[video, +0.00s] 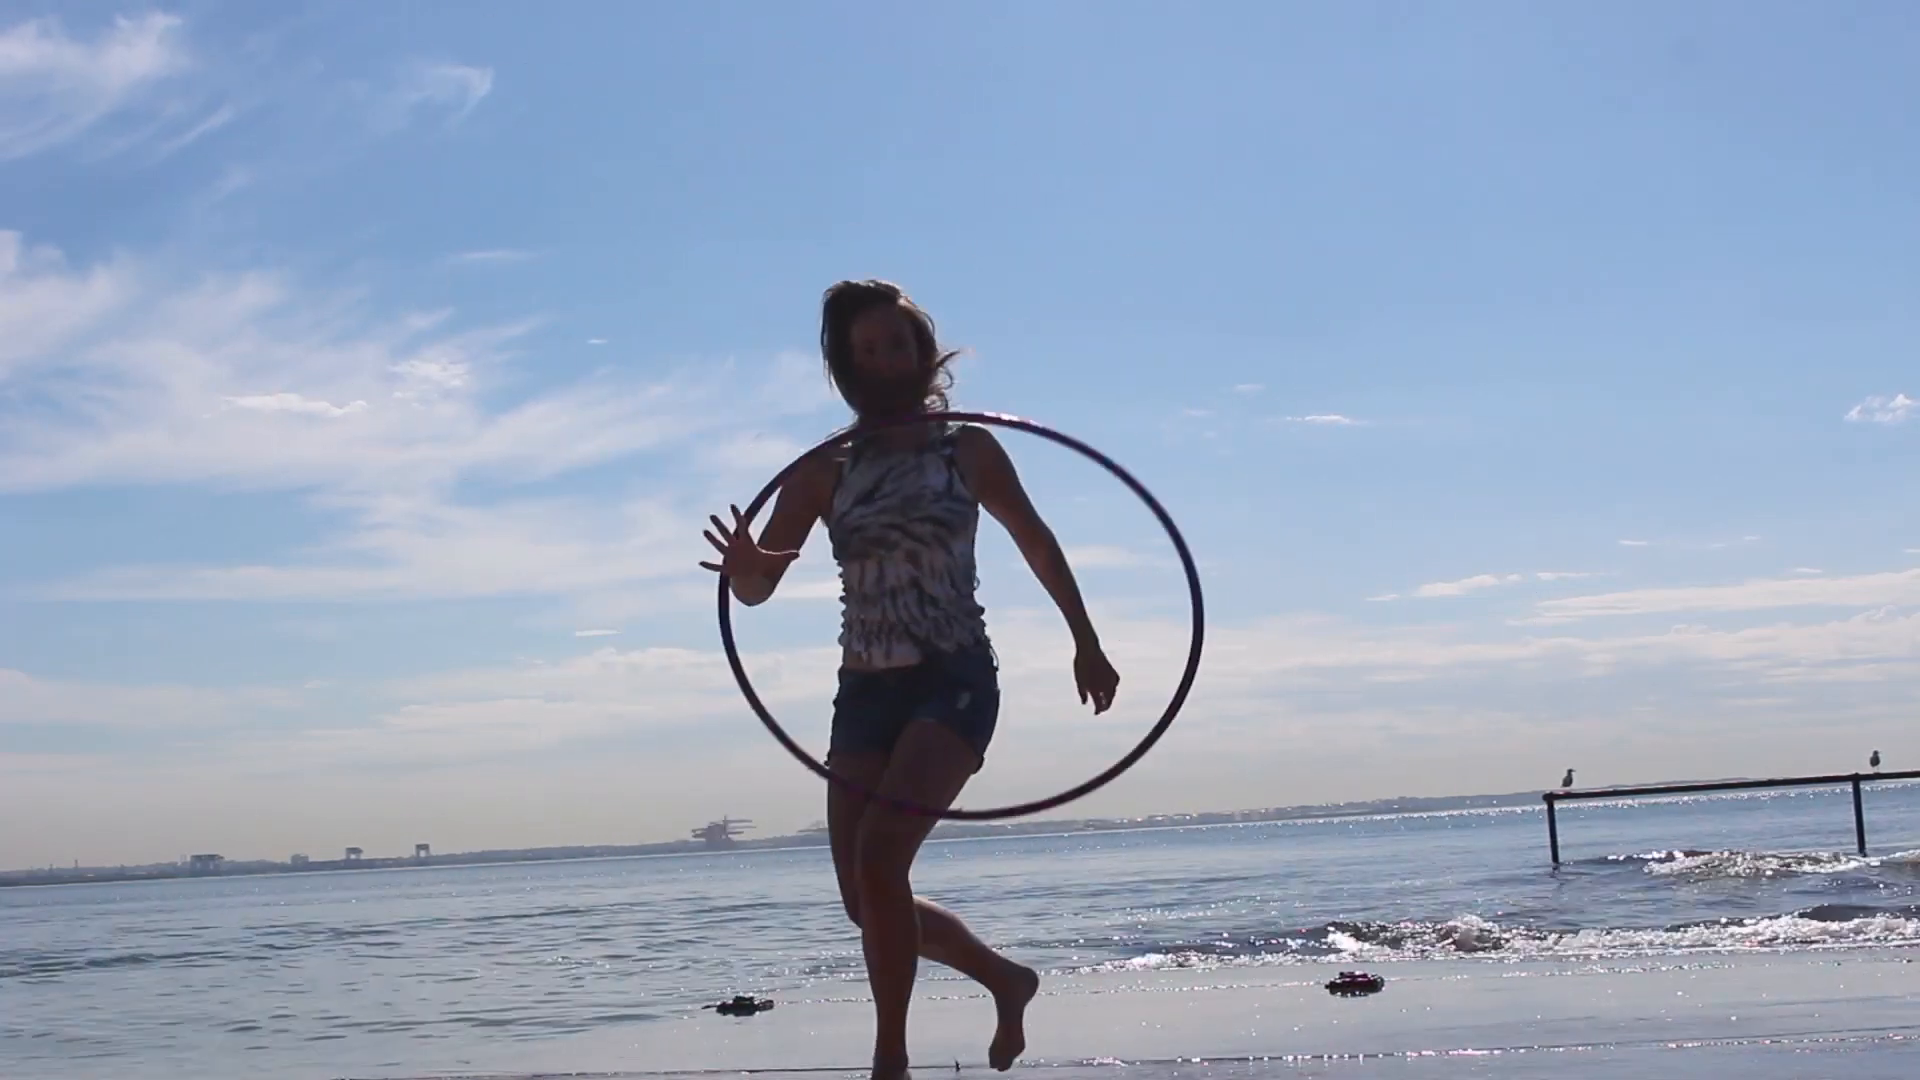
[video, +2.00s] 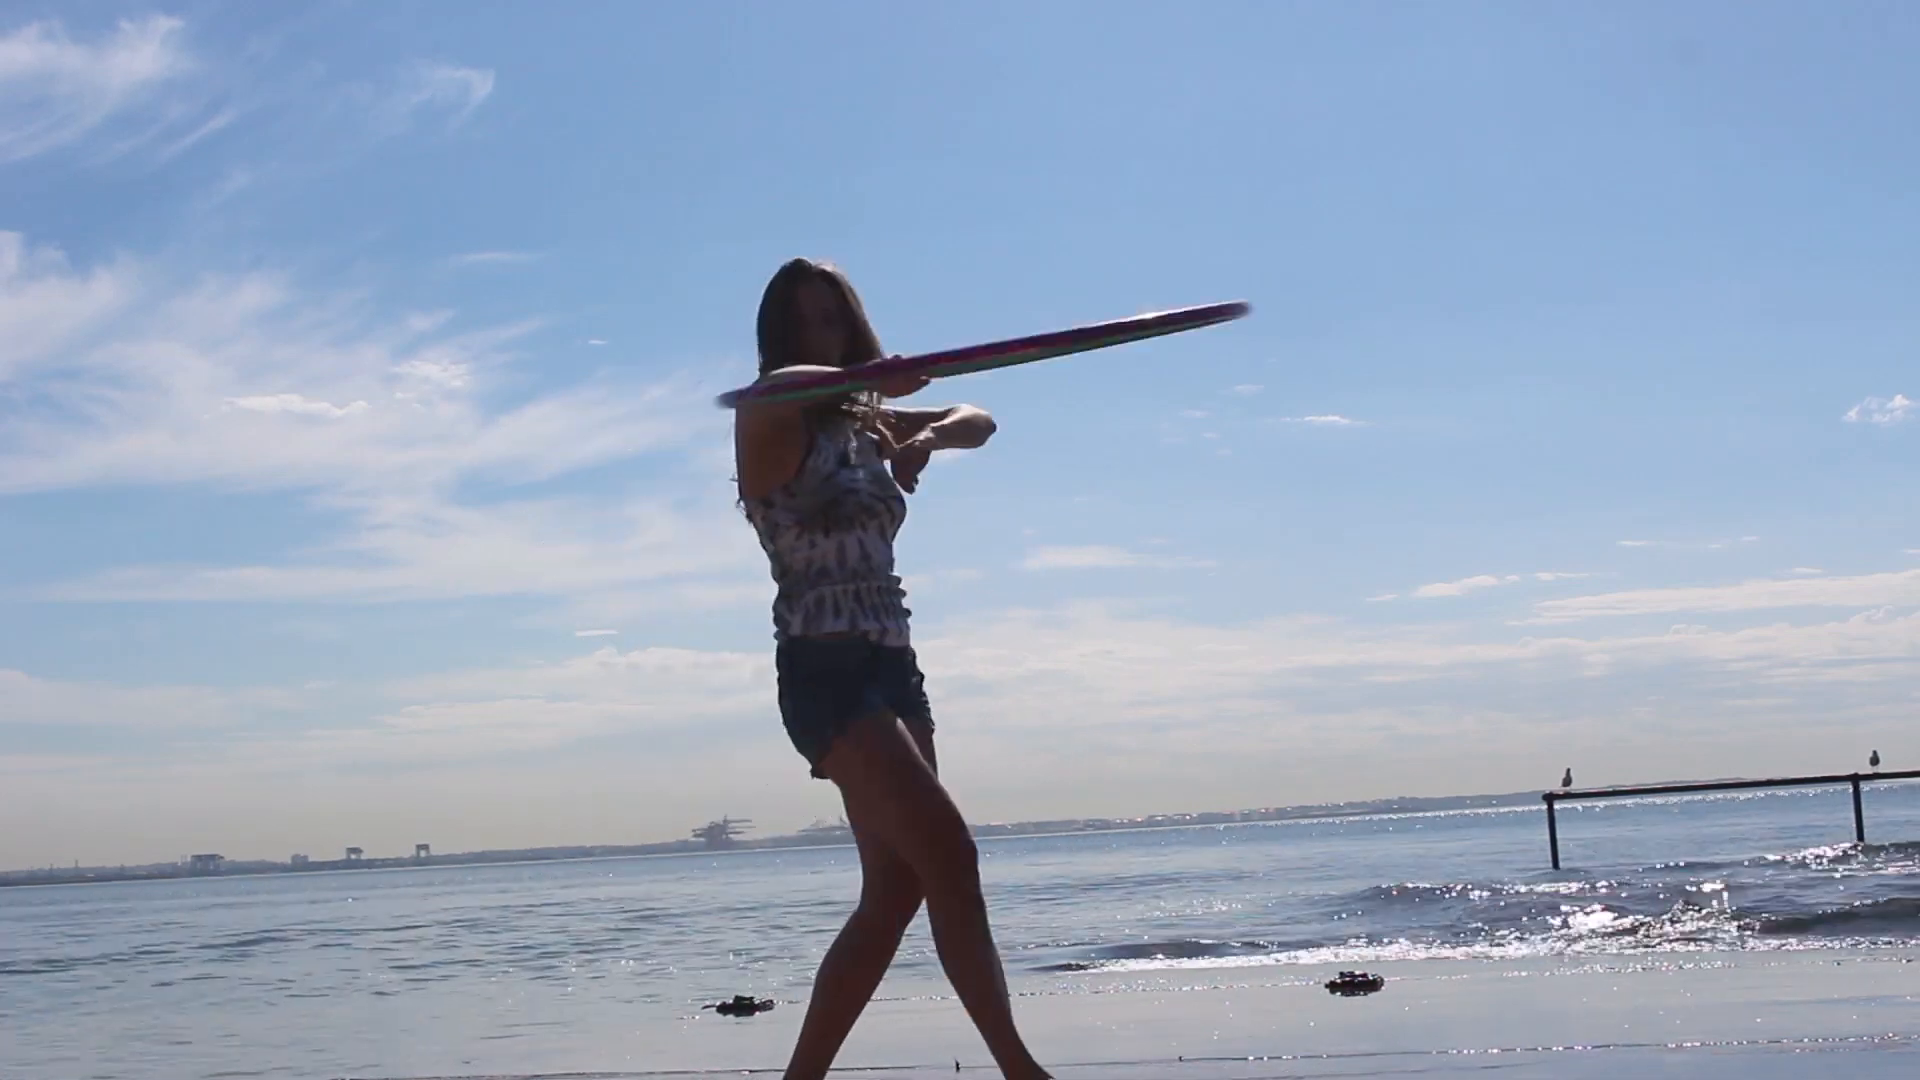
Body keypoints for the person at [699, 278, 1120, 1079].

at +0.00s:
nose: (891, 356)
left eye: (900, 339)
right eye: (871, 348)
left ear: (925, 347)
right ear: (845, 366)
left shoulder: (966, 446)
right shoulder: (822, 469)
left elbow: (1035, 540)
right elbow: (757, 585)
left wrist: (1086, 639)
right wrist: (743, 562)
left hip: (954, 679)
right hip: (867, 688)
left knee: (881, 859)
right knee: (863, 900)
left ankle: (890, 1053)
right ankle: (1006, 979)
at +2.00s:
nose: (830, 336)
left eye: (840, 319)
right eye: (810, 324)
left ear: (858, 328)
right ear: (777, 336)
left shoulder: (871, 424)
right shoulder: (763, 419)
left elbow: (982, 422)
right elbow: (784, 381)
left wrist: (930, 432)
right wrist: (869, 381)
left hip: (893, 662)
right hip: (825, 668)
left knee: (890, 895)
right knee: (951, 859)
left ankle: (802, 1072)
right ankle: (1020, 1067)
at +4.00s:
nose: (578, 321)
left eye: (588, 307)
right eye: (581, 308)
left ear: (620, 316)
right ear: (672, 323)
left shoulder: (598, 397)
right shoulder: (700, 410)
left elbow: (534, 431)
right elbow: (785, 430)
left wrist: (481, 360)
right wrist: (704, 361)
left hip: (604, 664)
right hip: (679, 663)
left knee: (584, 897)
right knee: (633, 897)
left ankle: (650, 1072)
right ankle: (755, 1054)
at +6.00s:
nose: (789, 331)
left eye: (796, 314)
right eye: (771, 316)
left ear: (803, 320)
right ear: (729, 325)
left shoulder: (809, 394)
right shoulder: (712, 397)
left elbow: (887, 343)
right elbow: (716, 437)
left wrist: (943, 239)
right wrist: (725, 381)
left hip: (804, 691)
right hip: (707, 685)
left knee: (851, 890)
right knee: (670, 916)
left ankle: (785, 1075)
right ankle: (606, 1062)